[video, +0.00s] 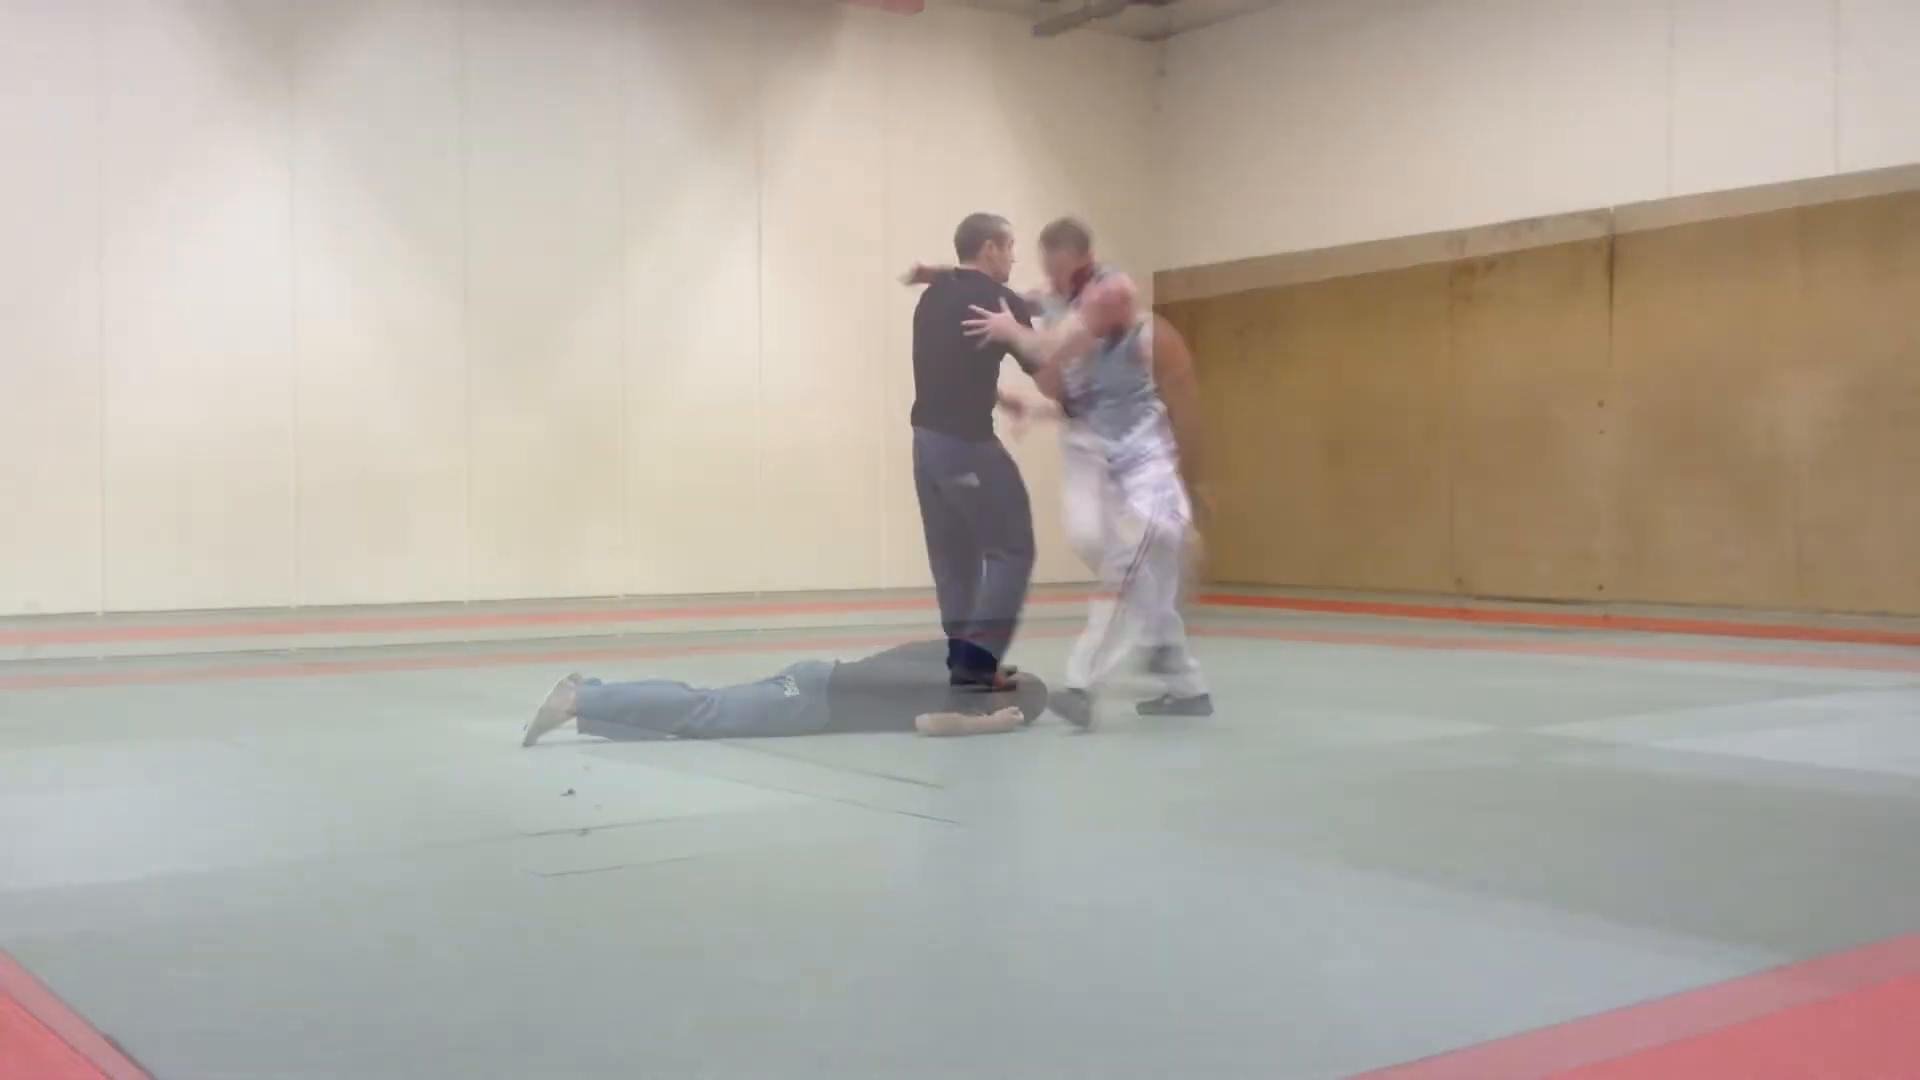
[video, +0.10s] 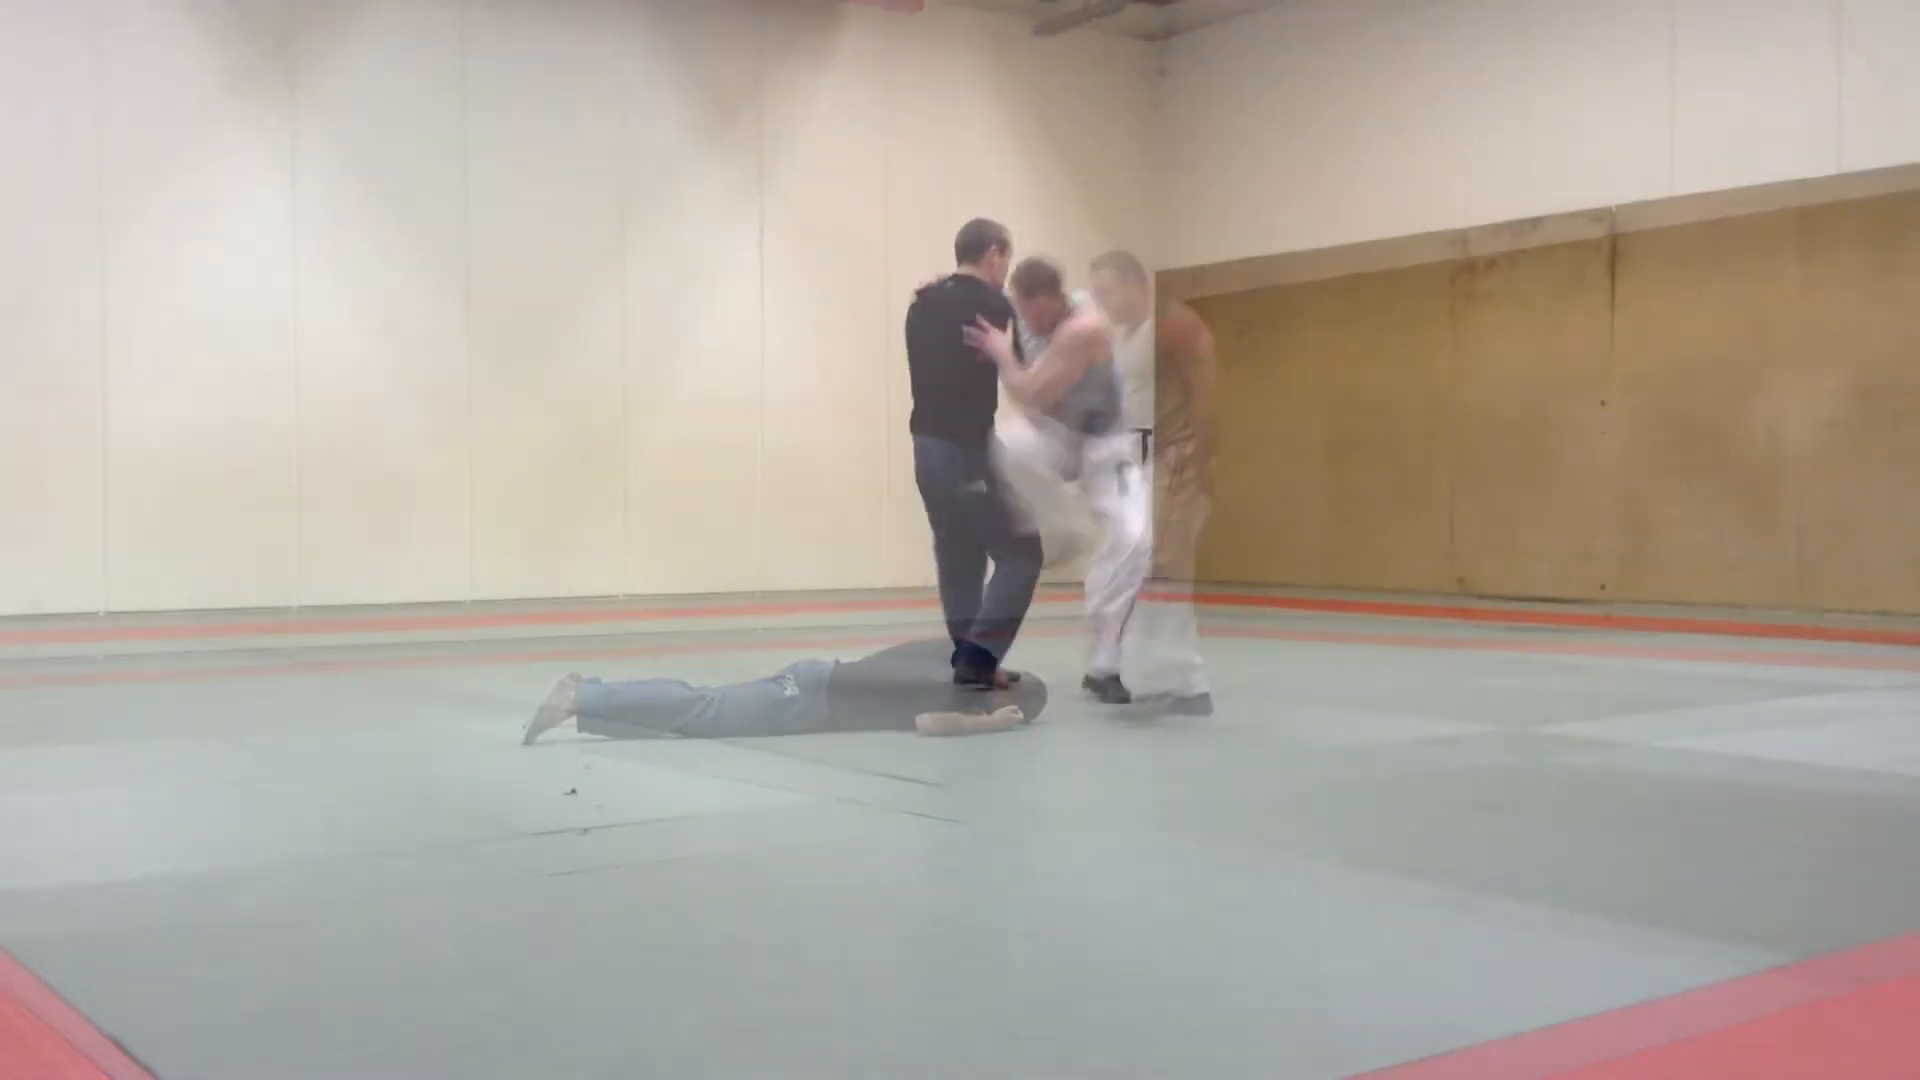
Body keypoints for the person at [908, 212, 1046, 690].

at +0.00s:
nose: (1012, 257)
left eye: (1010, 248)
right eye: (1008, 249)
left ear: (963, 250)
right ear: (991, 250)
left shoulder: (931, 294)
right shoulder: (1002, 300)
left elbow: (955, 365)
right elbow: (1041, 367)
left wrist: (1006, 400)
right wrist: (1067, 401)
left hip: (927, 443)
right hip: (969, 447)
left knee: (952, 551)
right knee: (1011, 548)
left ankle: (964, 659)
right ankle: (978, 660)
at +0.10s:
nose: (1006, 271)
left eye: (1006, 262)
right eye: (1005, 261)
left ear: (959, 254)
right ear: (993, 255)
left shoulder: (920, 301)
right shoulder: (995, 306)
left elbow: (924, 372)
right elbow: (1022, 379)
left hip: (926, 447)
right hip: (968, 450)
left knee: (955, 548)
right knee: (1021, 550)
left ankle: (968, 657)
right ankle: (980, 657)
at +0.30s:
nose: (1034, 362)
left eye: (1044, 355)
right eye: (1028, 352)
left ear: (1069, 342)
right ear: (1021, 337)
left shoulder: (1091, 384)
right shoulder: (1009, 332)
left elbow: (1042, 452)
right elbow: (954, 320)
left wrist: (990, 408)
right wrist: (896, 309)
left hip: (1042, 479)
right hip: (973, 468)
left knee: (1100, 542)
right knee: (906, 550)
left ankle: (1104, 669)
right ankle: (829, 655)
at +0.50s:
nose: (1030, 415)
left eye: (1039, 408)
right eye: (1021, 406)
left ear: (1058, 385)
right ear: (1008, 383)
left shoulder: (1085, 401)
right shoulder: (986, 367)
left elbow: (1064, 475)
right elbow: (924, 370)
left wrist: (1001, 462)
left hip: (1037, 486)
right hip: (965, 474)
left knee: (1085, 550)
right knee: (895, 542)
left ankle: (1098, 666)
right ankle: (834, 658)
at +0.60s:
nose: (1007, 412)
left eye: (1015, 403)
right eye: (996, 403)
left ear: (1033, 382)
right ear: (982, 384)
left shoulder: (1065, 385)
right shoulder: (960, 393)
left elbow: (1088, 442)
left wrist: (1040, 471)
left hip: (1032, 489)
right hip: (962, 486)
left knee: (1074, 534)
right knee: (890, 550)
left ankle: (1101, 659)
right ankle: (837, 658)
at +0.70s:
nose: (955, 422)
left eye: (964, 414)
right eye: (950, 414)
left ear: (994, 395)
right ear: (943, 403)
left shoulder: (1028, 377)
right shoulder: (937, 423)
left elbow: (1074, 395)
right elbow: (913, 485)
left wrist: (1066, 443)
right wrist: (916, 524)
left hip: (1028, 475)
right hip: (961, 482)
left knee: (1075, 528)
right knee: (915, 544)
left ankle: (1110, 651)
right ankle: (845, 649)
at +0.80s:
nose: (933, 454)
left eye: (940, 444)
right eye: (928, 447)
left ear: (971, 422)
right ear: (922, 433)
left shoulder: (1000, 386)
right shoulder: (927, 459)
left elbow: (1059, 378)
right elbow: (924, 544)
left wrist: (1052, 437)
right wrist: (949, 618)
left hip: (1023, 470)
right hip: (956, 485)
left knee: (1071, 522)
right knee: (896, 538)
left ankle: (1116, 645)